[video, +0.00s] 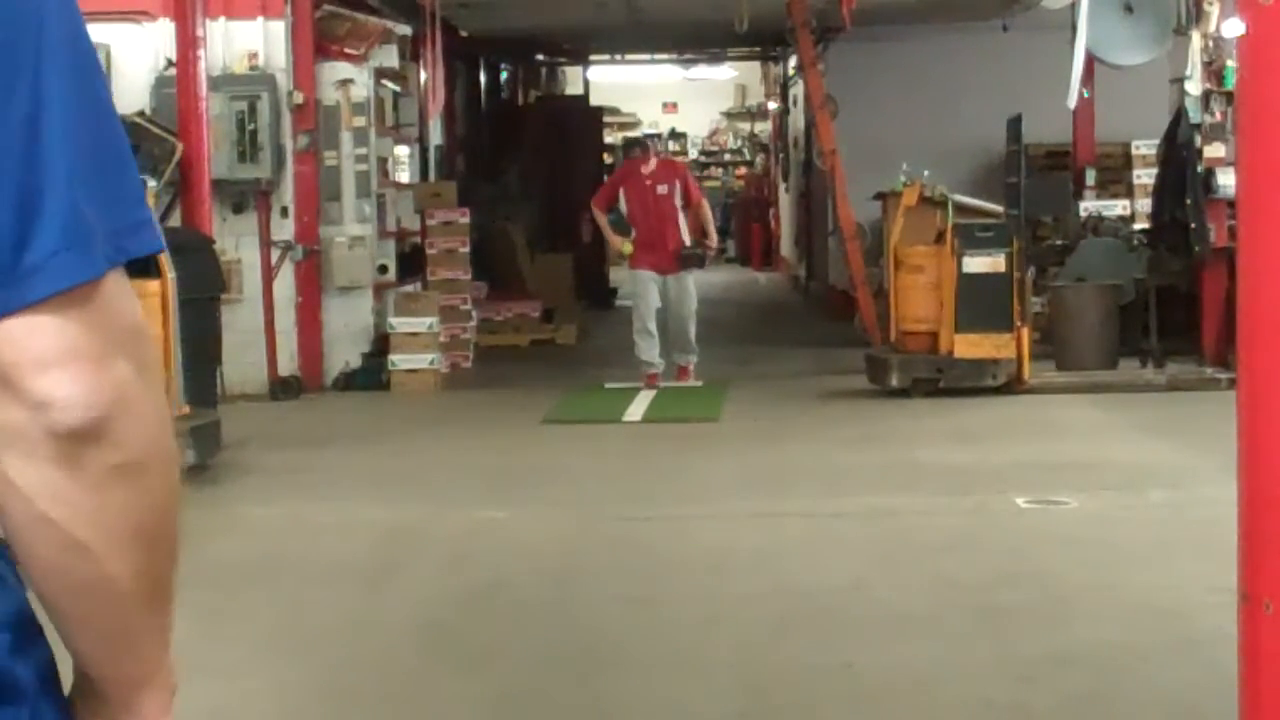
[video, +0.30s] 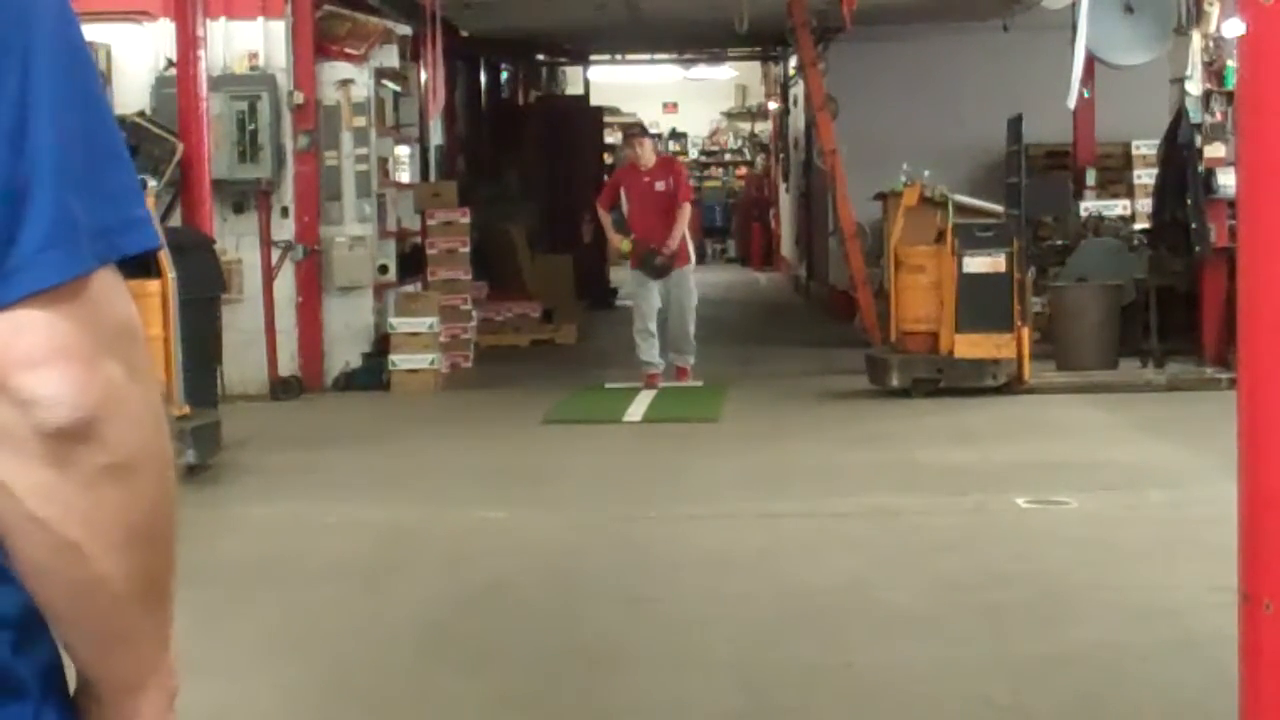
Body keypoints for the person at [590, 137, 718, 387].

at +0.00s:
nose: (648, 147)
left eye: (653, 141)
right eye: (642, 142)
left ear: (659, 142)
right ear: (633, 145)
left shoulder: (677, 170)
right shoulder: (625, 172)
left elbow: (700, 202)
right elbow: (598, 206)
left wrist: (711, 234)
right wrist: (611, 238)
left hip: (678, 256)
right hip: (644, 257)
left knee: (684, 313)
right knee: (645, 313)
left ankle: (685, 364)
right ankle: (651, 368)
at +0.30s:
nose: (637, 151)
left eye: (641, 144)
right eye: (632, 147)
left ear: (651, 144)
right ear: (626, 150)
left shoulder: (673, 167)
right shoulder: (623, 174)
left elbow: (684, 206)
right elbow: (602, 204)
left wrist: (672, 242)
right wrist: (613, 236)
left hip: (676, 252)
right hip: (642, 255)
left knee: (683, 310)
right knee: (644, 312)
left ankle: (683, 363)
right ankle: (651, 367)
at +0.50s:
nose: (639, 147)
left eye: (643, 141)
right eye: (633, 142)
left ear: (653, 141)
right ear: (627, 146)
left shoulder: (671, 168)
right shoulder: (622, 172)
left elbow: (671, 209)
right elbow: (607, 201)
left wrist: (639, 235)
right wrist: (614, 224)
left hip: (676, 256)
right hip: (642, 257)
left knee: (682, 312)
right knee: (643, 316)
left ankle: (683, 363)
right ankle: (651, 368)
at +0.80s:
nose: (638, 146)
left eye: (642, 140)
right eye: (633, 141)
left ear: (652, 142)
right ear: (627, 145)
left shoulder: (668, 170)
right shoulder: (624, 170)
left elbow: (661, 213)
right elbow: (626, 202)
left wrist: (629, 229)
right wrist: (624, 226)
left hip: (674, 254)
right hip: (641, 254)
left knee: (680, 311)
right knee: (643, 315)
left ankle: (684, 360)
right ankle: (651, 366)